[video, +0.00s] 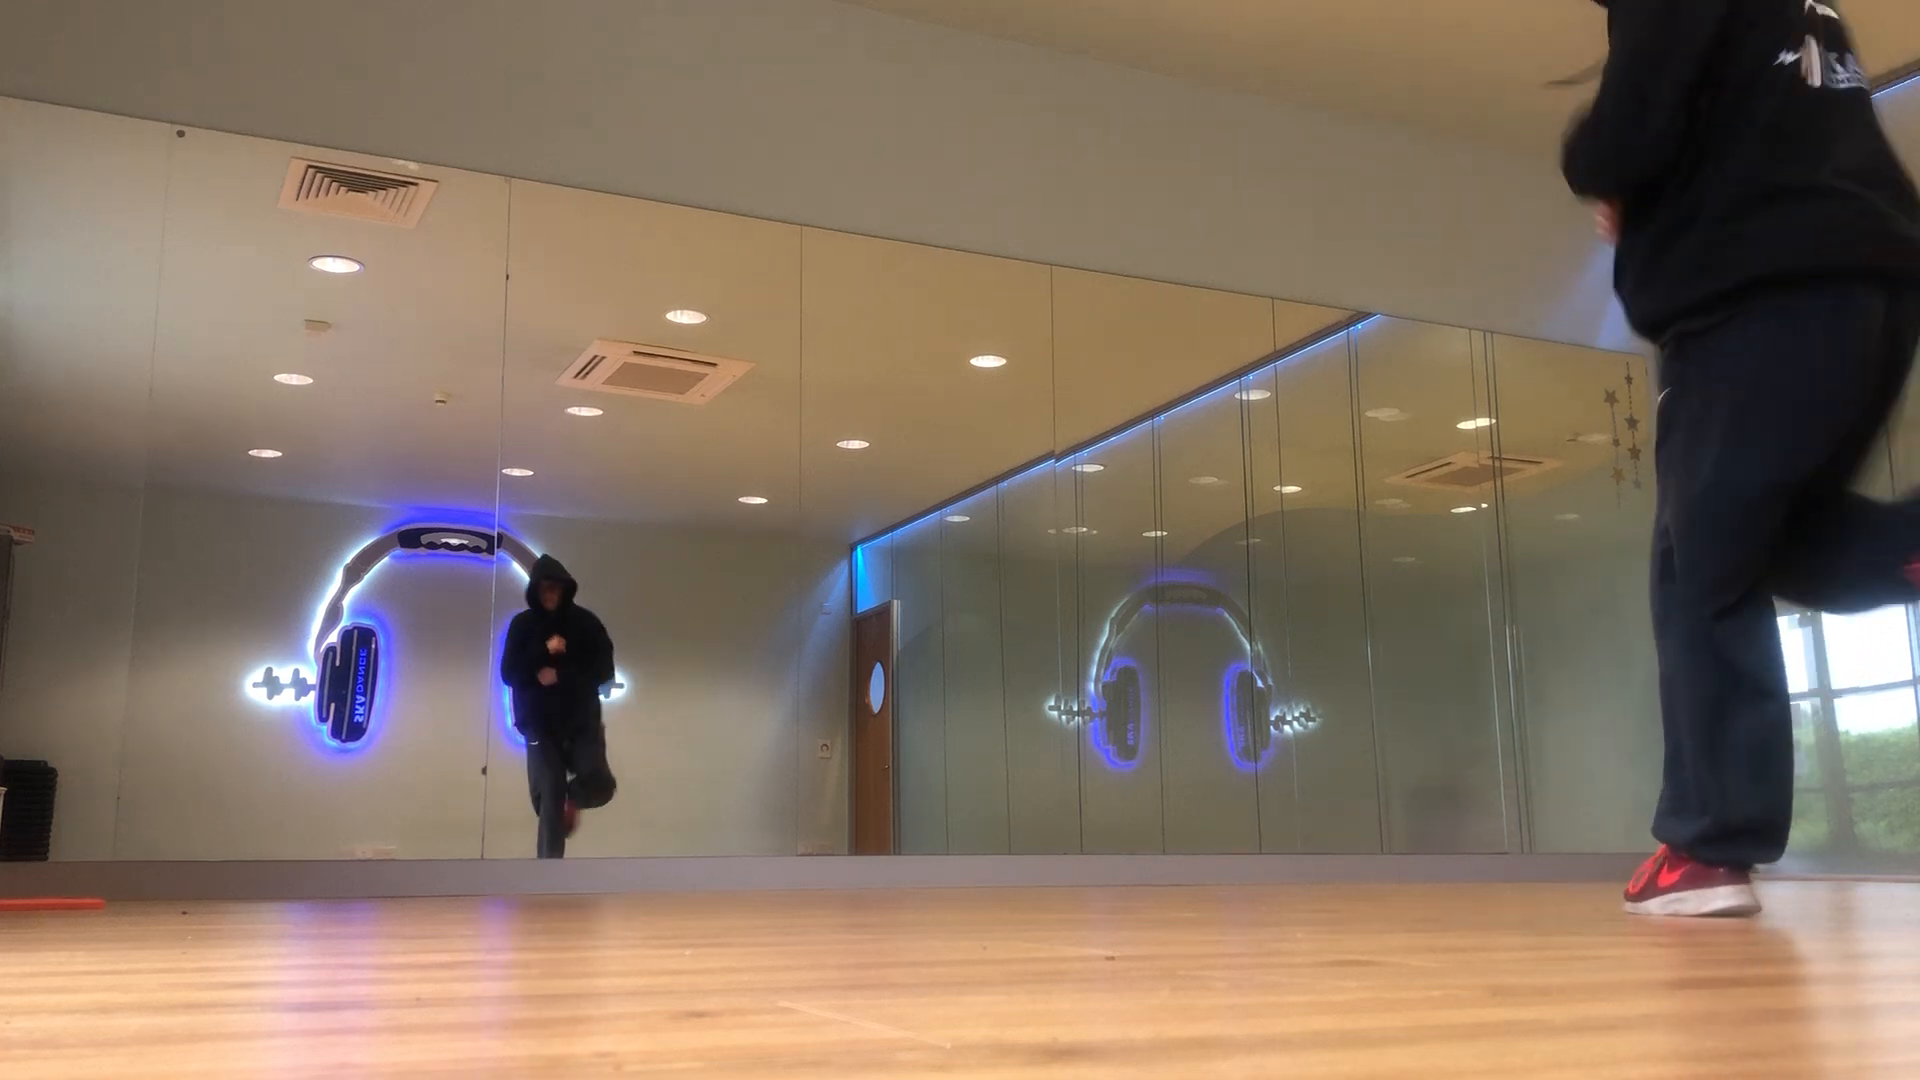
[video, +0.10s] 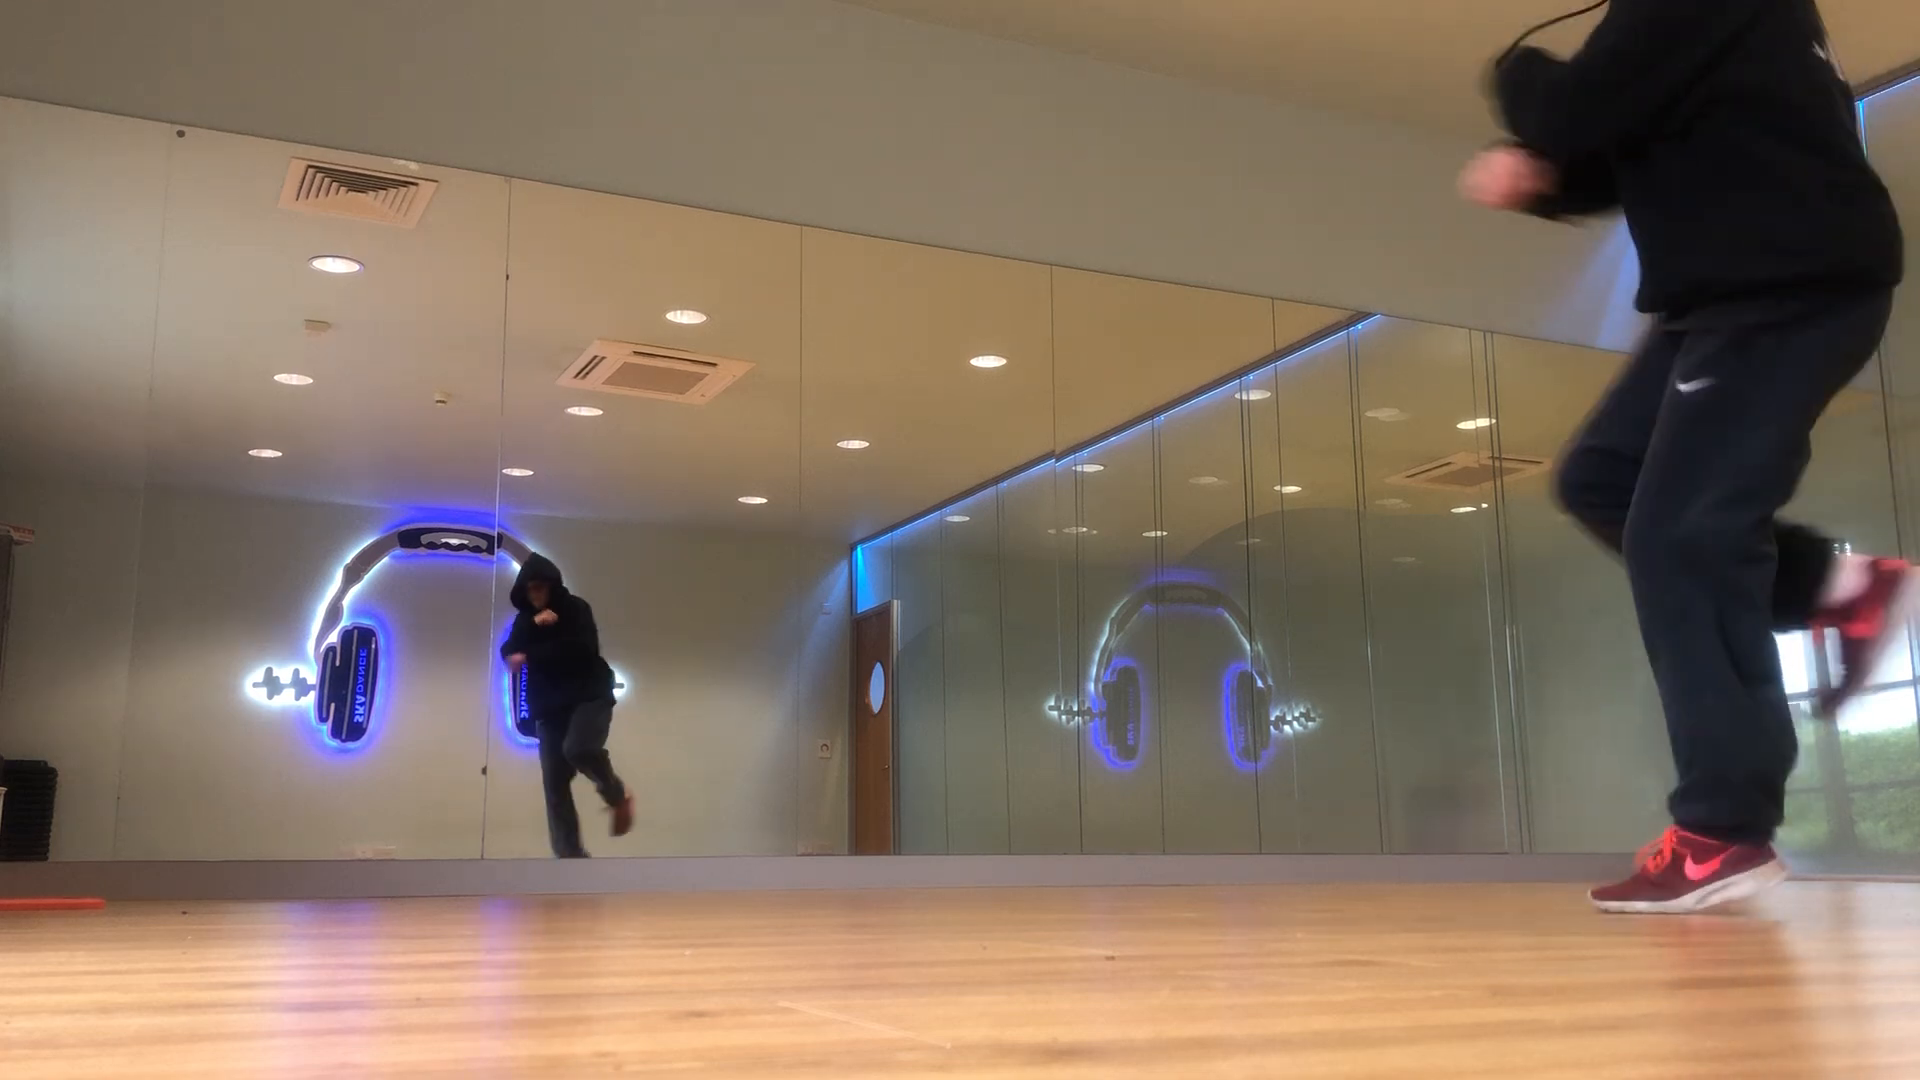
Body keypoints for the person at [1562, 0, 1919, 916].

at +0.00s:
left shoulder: (1670, 4)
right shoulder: (1797, 14)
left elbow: (1629, 127)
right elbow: (1766, 122)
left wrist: (1585, 162)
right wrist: (1638, 183)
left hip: (1763, 283)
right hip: (1866, 276)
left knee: (1702, 565)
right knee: (1775, 535)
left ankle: (1714, 848)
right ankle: (1913, 542)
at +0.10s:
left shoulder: (1707, 1)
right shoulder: (1669, 15)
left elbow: (1578, 116)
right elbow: (1660, 154)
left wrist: (1514, 57)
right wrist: (1548, 181)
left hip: (1792, 278)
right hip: (1721, 283)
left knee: (1683, 535)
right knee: (1598, 481)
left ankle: (1725, 831)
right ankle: (1841, 588)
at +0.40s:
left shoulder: (1776, 24)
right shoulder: (1586, 42)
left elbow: (1748, 159)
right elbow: (1525, 190)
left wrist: (1562, 110)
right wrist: (1631, 187)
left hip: (1741, 349)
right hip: (1602, 337)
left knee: (1690, 597)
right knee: (1599, 492)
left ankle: (1616, 825)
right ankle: (1536, 583)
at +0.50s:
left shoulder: (1775, 34)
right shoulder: (1578, 66)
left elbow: (1846, 182)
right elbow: (1489, 223)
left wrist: (1843, 211)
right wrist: (1529, 319)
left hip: (1739, 354)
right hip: (1618, 352)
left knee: (1700, 591)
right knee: (1727, 471)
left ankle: (1617, 825)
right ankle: (1618, 717)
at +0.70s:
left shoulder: (1786, 70)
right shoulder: (1598, 98)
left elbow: (1902, 55)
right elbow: (1461, 233)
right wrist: (1512, 371)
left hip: (1786, 382)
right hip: (1684, 391)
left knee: (1868, 604)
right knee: (1890, 583)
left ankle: (1662, 799)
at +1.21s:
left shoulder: (1370, 17)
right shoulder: (1563, 5)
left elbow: (1329, 182)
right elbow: (1629, 103)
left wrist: (1429, 222)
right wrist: (1558, 222)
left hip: (1376, 291)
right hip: (1474, 289)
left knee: (1419, 561)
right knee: (1494, 559)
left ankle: (1342, 810)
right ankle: (1279, 672)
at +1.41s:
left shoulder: (1317, 31)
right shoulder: (1481, 13)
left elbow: (1354, 191)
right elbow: (1524, 206)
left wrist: (1531, 238)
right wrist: (1442, 309)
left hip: (1253, 320)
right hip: (1355, 314)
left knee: (1332, 582)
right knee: (1415, 584)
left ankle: (1325, 830)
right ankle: (1238, 810)